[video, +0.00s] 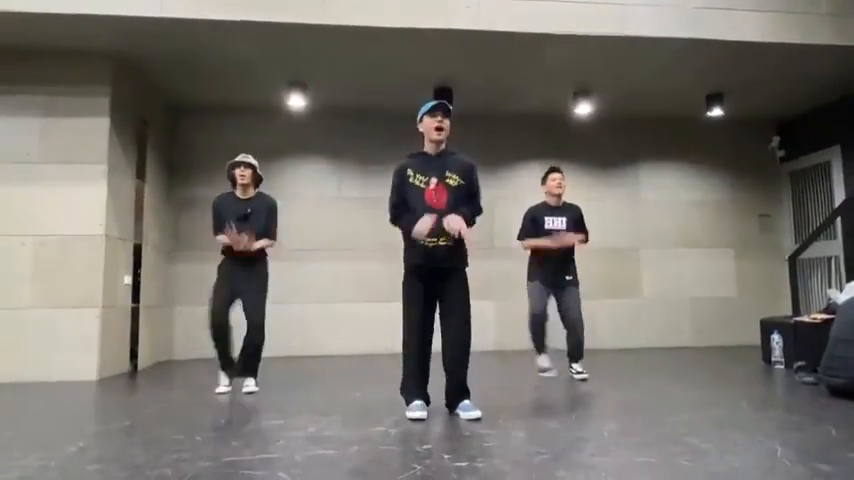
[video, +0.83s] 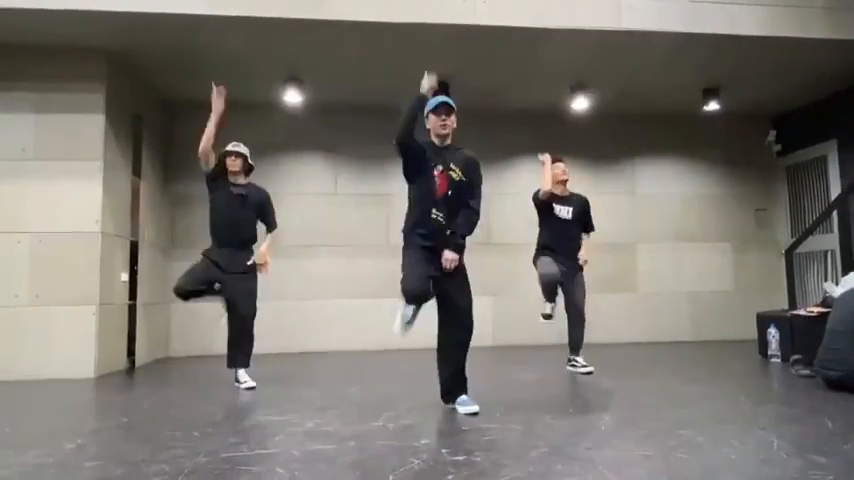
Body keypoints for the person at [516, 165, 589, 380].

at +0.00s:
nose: (558, 183)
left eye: (561, 180)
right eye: (553, 180)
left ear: (564, 186)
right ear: (544, 186)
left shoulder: (574, 211)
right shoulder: (534, 212)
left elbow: (583, 237)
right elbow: (525, 242)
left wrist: (568, 238)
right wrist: (551, 241)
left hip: (566, 273)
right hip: (539, 274)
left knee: (574, 319)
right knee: (537, 311)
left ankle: (575, 362)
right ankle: (541, 353)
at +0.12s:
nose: (556, 185)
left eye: (558, 182)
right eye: (551, 182)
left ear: (562, 186)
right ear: (541, 188)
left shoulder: (572, 212)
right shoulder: (532, 212)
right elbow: (509, 231)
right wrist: (494, 223)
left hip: (563, 279)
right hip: (534, 277)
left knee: (575, 321)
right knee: (517, 317)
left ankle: (574, 362)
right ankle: (497, 361)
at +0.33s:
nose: (559, 181)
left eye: (562, 178)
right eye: (555, 179)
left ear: (565, 184)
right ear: (545, 184)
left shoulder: (574, 207)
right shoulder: (535, 208)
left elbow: (590, 226)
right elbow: (513, 226)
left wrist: (610, 219)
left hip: (567, 276)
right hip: (539, 276)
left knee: (577, 321)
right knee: (524, 316)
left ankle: (576, 361)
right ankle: (505, 358)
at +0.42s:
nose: (563, 179)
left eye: (565, 176)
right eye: (558, 176)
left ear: (569, 180)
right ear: (549, 182)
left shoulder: (575, 206)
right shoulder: (539, 208)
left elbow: (577, 233)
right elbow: (526, 236)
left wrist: (588, 235)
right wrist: (542, 256)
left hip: (572, 269)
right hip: (547, 270)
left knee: (578, 315)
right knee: (546, 314)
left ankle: (576, 359)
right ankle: (541, 354)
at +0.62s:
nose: (565, 178)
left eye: (567, 174)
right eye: (560, 175)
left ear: (571, 179)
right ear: (551, 180)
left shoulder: (577, 205)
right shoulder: (541, 206)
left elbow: (584, 236)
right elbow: (540, 231)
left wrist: (588, 254)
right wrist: (563, 241)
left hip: (576, 265)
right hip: (552, 266)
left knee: (584, 308)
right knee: (571, 305)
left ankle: (576, 356)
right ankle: (560, 349)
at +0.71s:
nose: (563, 175)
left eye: (565, 171)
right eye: (558, 172)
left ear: (570, 176)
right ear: (549, 178)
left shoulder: (579, 202)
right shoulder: (542, 201)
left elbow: (586, 234)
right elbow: (543, 217)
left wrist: (587, 254)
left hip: (574, 262)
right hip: (550, 261)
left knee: (582, 307)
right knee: (567, 296)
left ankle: (576, 357)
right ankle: (559, 330)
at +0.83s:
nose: (563, 173)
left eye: (564, 170)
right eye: (558, 171)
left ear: (568, 174)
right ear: (550, 176)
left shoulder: (580, 201)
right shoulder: (541, 198)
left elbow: (585, 233)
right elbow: (546, 192)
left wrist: (583, 253)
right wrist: (546, 165)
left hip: (571, 258)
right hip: (548, 253)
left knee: (577, 310)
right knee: (549, 274)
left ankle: (574, 356)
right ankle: (550, 302)